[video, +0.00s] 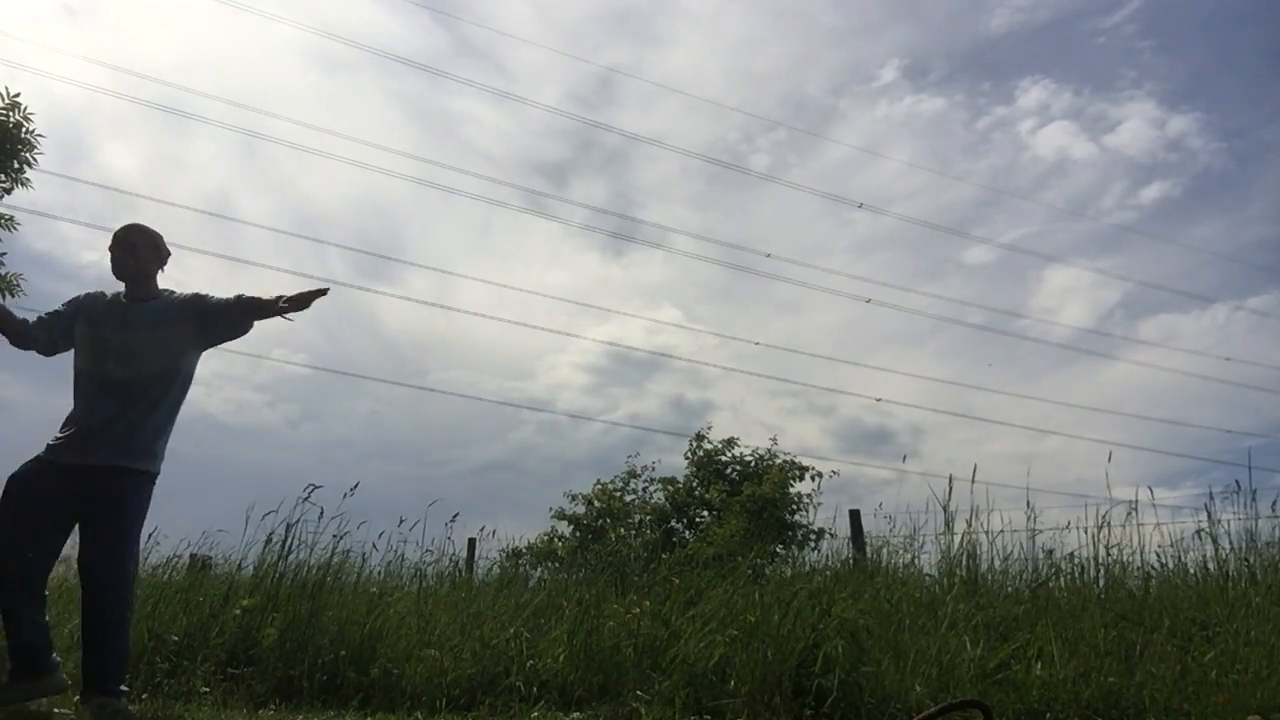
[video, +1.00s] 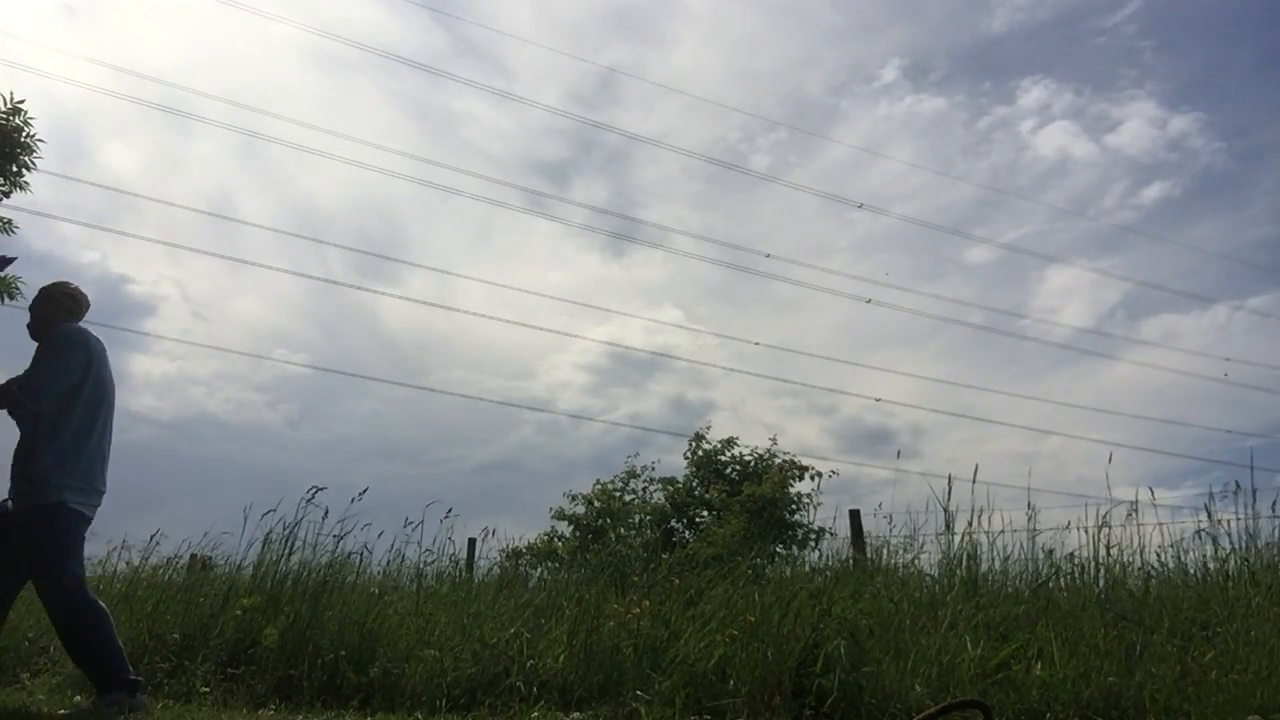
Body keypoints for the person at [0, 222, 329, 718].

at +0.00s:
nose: (123, 257)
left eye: (135, 249)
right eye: (117, 249)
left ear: (159, 259)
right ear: (109, 259)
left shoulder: (184, 312)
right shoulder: (89, 309)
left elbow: (235, 308)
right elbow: (34, 335)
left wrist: (279, 305)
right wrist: (2, 312)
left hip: (129, 466)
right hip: (68, 456)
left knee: (108, 578)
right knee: (13, 539)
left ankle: (104, 693)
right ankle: (33, 668)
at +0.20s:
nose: (93, 265)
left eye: (103, 258)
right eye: (92, 260)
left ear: (133, 270)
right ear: (94, 274)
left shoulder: (161, 318)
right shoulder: (83, 317)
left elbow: (131, 363)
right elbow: (30, 301)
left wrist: (66, 372)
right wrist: (62, 227)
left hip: (114, 470)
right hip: (56, 461)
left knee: (86, 564)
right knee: (10, 554)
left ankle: (105, 690)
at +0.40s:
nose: (63, 298)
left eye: (71, 290)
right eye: (63, 290)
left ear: (97, 295)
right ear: (69, 297)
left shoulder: (110, 339)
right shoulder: (71, 342)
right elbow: (14, 353)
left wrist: (42, 351)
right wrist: (37, 319)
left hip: (69, 485)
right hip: (32, 482)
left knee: (52, 586)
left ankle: (96, 693)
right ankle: (91, 690)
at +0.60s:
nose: (23, 312)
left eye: (27, 302)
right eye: (23, 303)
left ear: (47, 298)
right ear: (64, 299)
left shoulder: (60, 336)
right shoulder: (80, 341)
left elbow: (11, 390)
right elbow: (17, 392)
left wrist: (11, 347)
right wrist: (14, 350)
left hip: (53, 483)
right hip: (63, 485)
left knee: (65, 578)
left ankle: (109, 690)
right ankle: (107, 688)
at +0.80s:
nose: (11, 324)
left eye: (16, 314)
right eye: (13, 315)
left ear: (35, 313)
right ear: (52, 315)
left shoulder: (56, 348)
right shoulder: (65, 355)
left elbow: (20, 404)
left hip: (54, 497)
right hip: (54, 499)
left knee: (79, 594)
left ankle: (121, 690)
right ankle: (119, 689)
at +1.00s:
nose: (29, 321)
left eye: (34, 311)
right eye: (30, 313)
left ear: (53, 308)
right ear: (69, 311)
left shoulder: (68, 339)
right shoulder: (85, 349)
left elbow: (36, 405)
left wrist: (11, 390)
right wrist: (19, 392)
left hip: (53, 493)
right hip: (64, 494)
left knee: (64, 593)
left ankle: (120, 691)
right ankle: (117, 689)